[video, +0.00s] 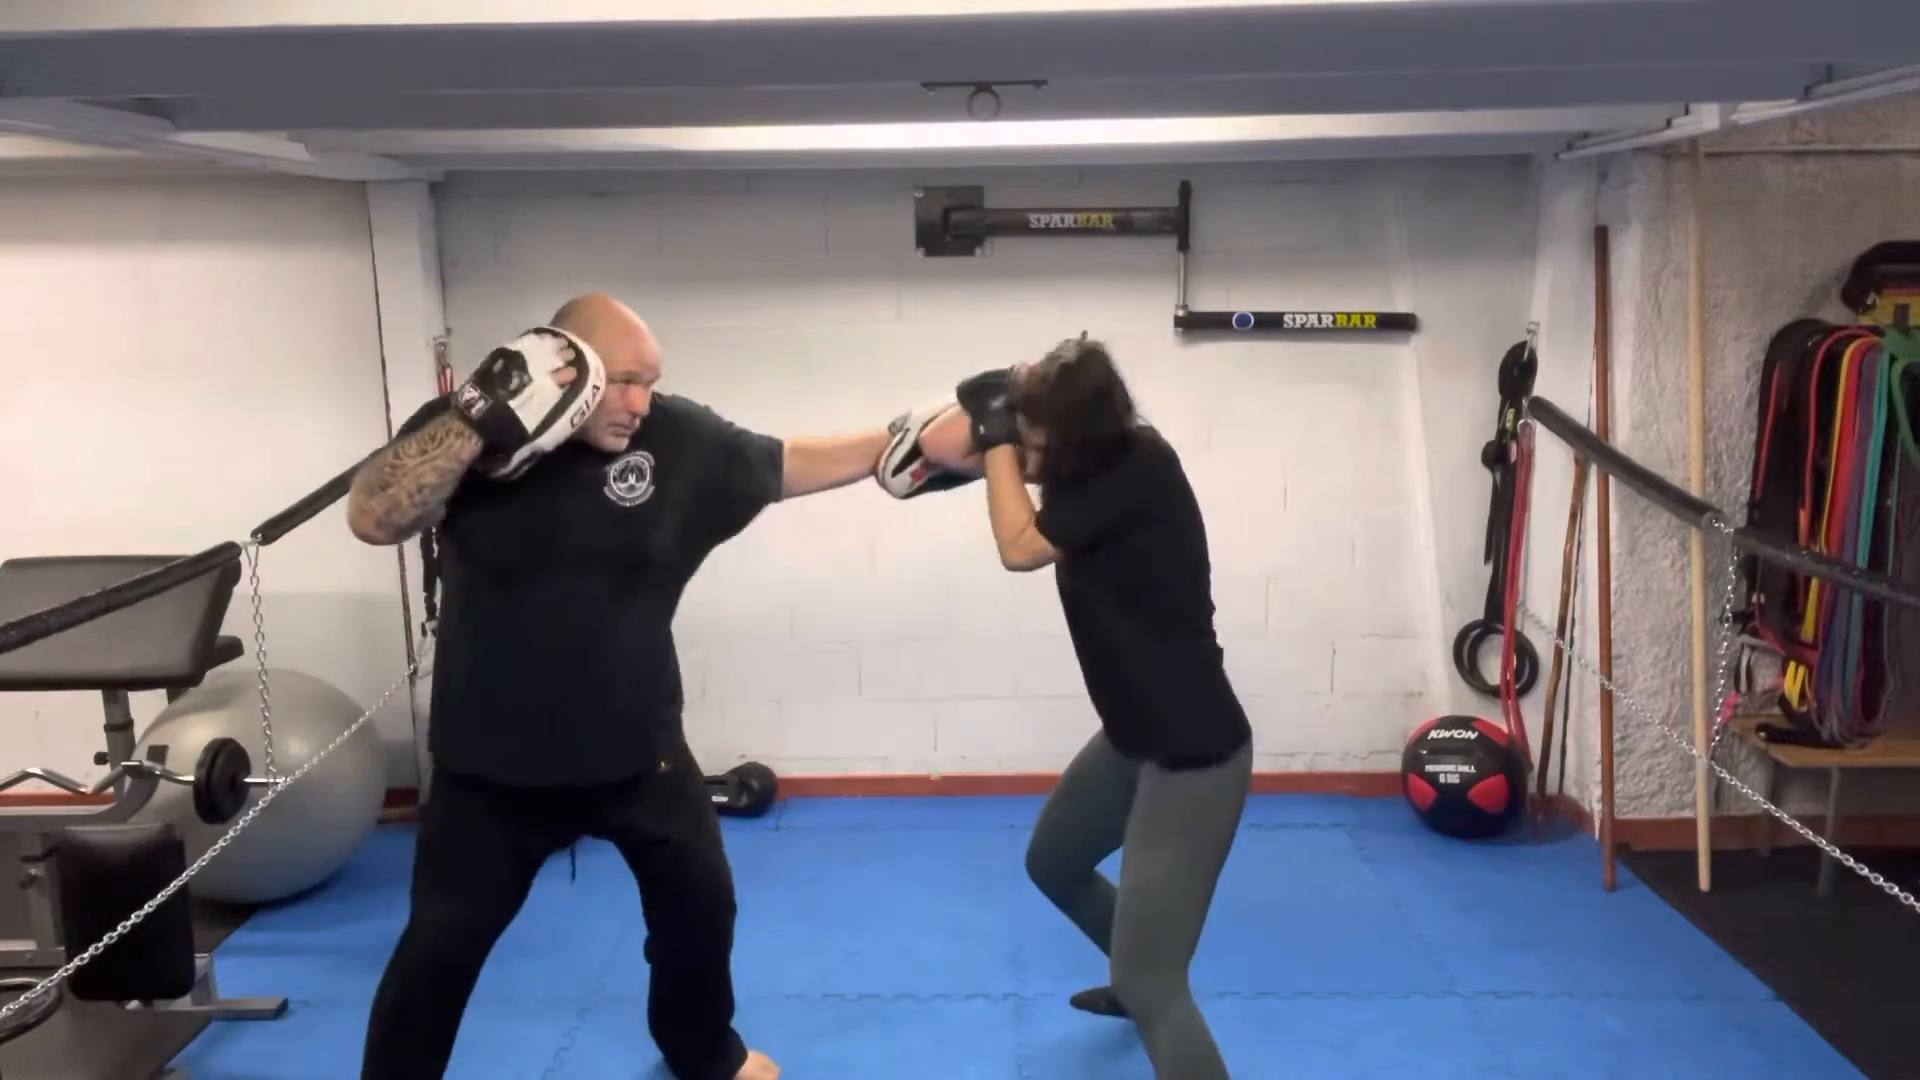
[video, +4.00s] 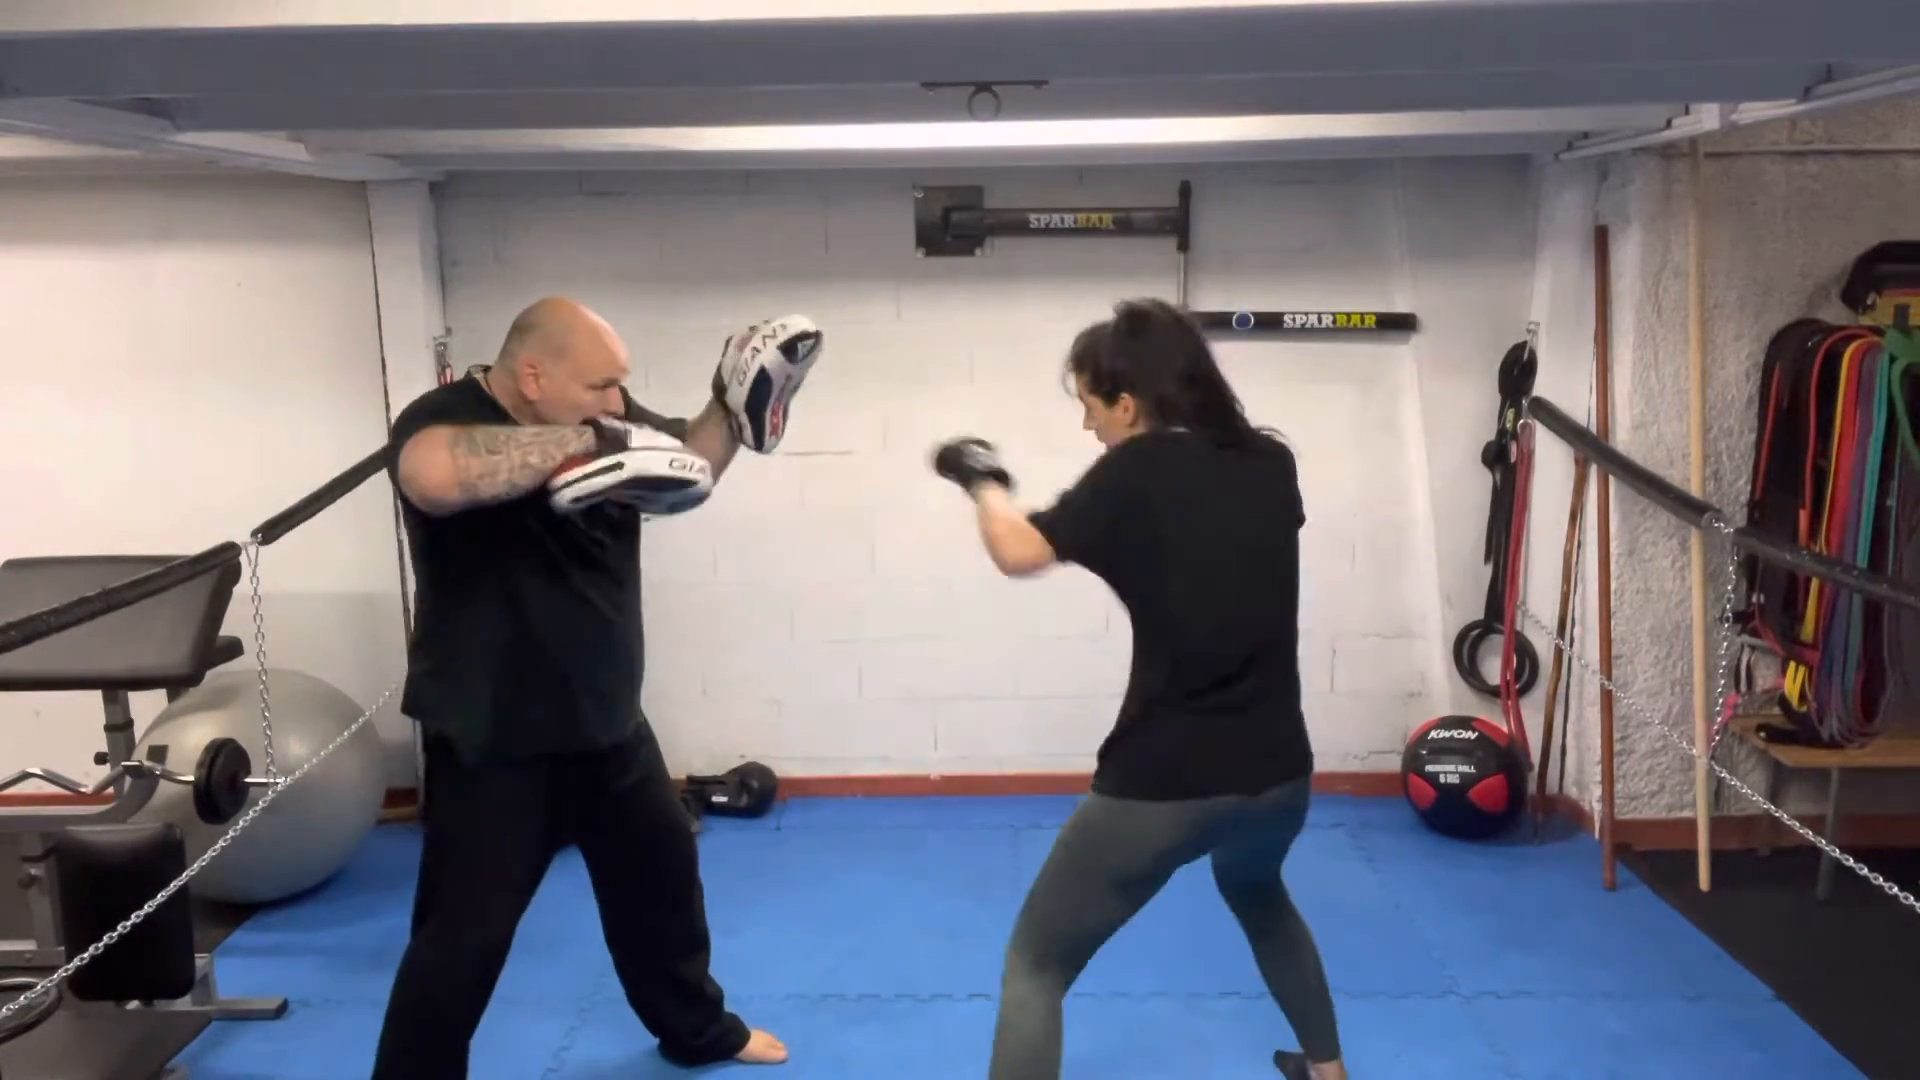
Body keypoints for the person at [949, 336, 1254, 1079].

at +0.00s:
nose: (1030, 451)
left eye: (1040, 439)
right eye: (1027, 436)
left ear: (1075, 434)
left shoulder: (1135, 472)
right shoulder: (1099, 461)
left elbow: (1019, 547)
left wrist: (996, 434)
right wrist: (1000, 429)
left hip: (1194, 756)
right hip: (1133, 737)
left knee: (1150, 985)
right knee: (1055, 862)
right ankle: (1143, 982)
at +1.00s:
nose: (1001, 626)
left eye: (999, 616)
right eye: (990, 622)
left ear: (1019, 583)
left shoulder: (1108, 577)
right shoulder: (1038, 534)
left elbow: (1113, 727)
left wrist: (1023, 678)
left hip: (1236, 774)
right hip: (1157, 755)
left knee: (1142, 985)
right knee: (1077, 888)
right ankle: (1142, 984)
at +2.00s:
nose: (959, 405)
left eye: (969, 394)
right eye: (961, 393)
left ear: (1014, 403)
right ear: (1025, 401)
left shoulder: (1102, 482)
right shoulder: (1019, 451)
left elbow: (1063, 620)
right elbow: (965, 419)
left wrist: (959, 532)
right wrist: (917, 397)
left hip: (1096, 732)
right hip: (1025, 715)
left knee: (1058, 948)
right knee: (970, 854)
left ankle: (1129, 1073)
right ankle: (1054, 972)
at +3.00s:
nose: (1151, 339)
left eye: (1166, 323)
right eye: (1155, 321)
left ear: (1216, 339)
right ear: (1222, 339)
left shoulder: (1238, 448)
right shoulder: (1278, 429)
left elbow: (1174, 588)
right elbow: (1204, 543)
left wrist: (1114, 477)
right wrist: (1157, 445)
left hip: (1263, 747)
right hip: (1314, 720)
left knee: (1170, 944)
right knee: (1293, 883)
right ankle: (1392, 1048)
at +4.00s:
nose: (1086, 421)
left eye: (1087, 404)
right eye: (1081, 405)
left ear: (1130, 400)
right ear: (1189, 384)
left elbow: (1017, 550)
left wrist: (984, 478)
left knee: (1038, 963)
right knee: (1259, 891)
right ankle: (1326, 1062)